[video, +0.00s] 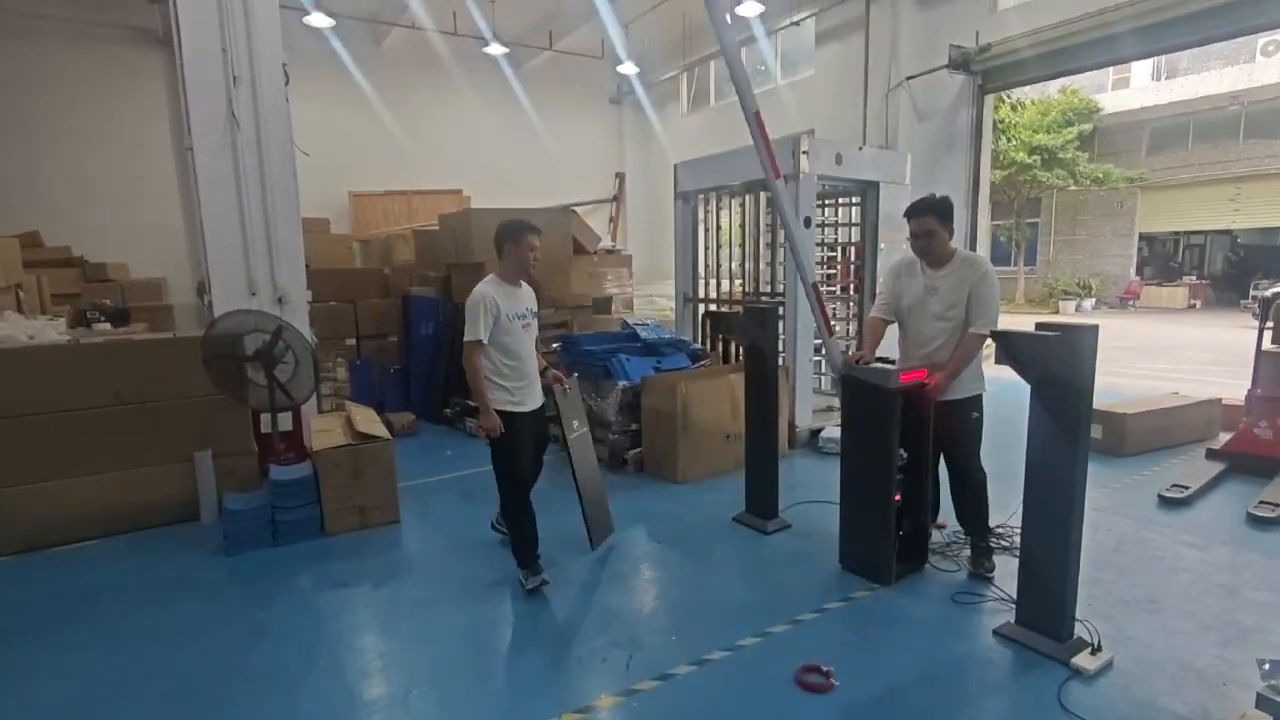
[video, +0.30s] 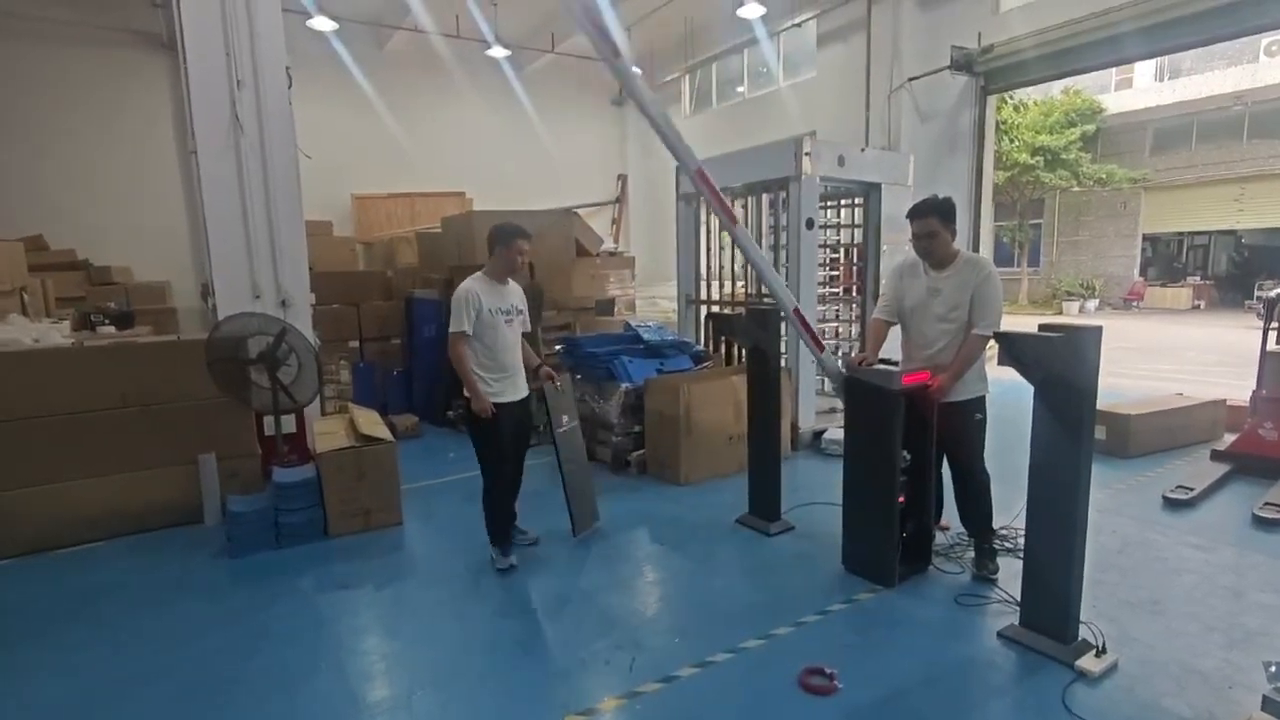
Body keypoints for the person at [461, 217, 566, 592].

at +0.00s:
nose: (535, 258)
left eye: (537, 251)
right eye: (529, 251)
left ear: (528, 253)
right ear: (506, 250)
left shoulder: (527, 293)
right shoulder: (482, 296)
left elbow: (525, 347)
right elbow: (471, 357)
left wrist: (546, 371)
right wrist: (484, 409)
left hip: (533, 405)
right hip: (505, 411)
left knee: (530, 472)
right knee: (516, 488)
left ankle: (505, 517)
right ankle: (528, 564)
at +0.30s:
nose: (524, 261)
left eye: (526, 255)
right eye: (520, 254)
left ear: (512, 255)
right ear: (498, 251)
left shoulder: (516, 291)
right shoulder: (468, 292)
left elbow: (518, 340)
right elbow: (457, 346)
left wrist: (539, 366)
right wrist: (475, 393)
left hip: (518, 398)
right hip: (488, 402)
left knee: (514, 469)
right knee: (497, 475)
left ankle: (509, 526)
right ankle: (499, 544)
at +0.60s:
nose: (507, 262)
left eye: (509, 256)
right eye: (501, 255)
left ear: (507, 256)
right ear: (480, 254)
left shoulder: (504, 293)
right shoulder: (455, 296)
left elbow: (513, 336)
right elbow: (445, 349)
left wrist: (535, 362)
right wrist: (458, 396)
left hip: (510, 397)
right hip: (475, 402)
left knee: (510, 465)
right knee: (479, 467)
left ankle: (510, 526)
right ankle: (478, 521)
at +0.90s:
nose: (497, 268)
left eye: (498, 262)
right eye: (493, 261)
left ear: (494, 262)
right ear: (474, 258)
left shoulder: (497, 291)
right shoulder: (450, 300)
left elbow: (511, 332)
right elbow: (441, 352)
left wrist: (535, 358)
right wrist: (449, 398)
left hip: (506, 395)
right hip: (471, 400)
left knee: (512, 460)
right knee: (477, 466)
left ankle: (519, 517)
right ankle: (482, 523)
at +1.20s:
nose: (506, 266)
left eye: (508, 260)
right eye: (501, 260)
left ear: (507, 260)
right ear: (480, 260)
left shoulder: (506, 293)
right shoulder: (461, 299)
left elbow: (516, 337)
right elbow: (452, 351)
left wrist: (540, 360)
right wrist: (460, 396)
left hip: (514, 394)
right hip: (480, 399)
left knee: (528, 453)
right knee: (483, 465)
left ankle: (537, 507)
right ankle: (485, 523)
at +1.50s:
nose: (532, 265)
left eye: (533, 259)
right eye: (526, 259)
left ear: (532, 260)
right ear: (507, 258)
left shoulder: (528, 292)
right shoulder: (490, 296)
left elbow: (533, 336)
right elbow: (483, 348)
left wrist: (551, 354)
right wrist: (492, 390)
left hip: (536, 388)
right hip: (507, 391)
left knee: (540, 450)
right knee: (503, 458)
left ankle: (543, 505)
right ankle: (490, 520)